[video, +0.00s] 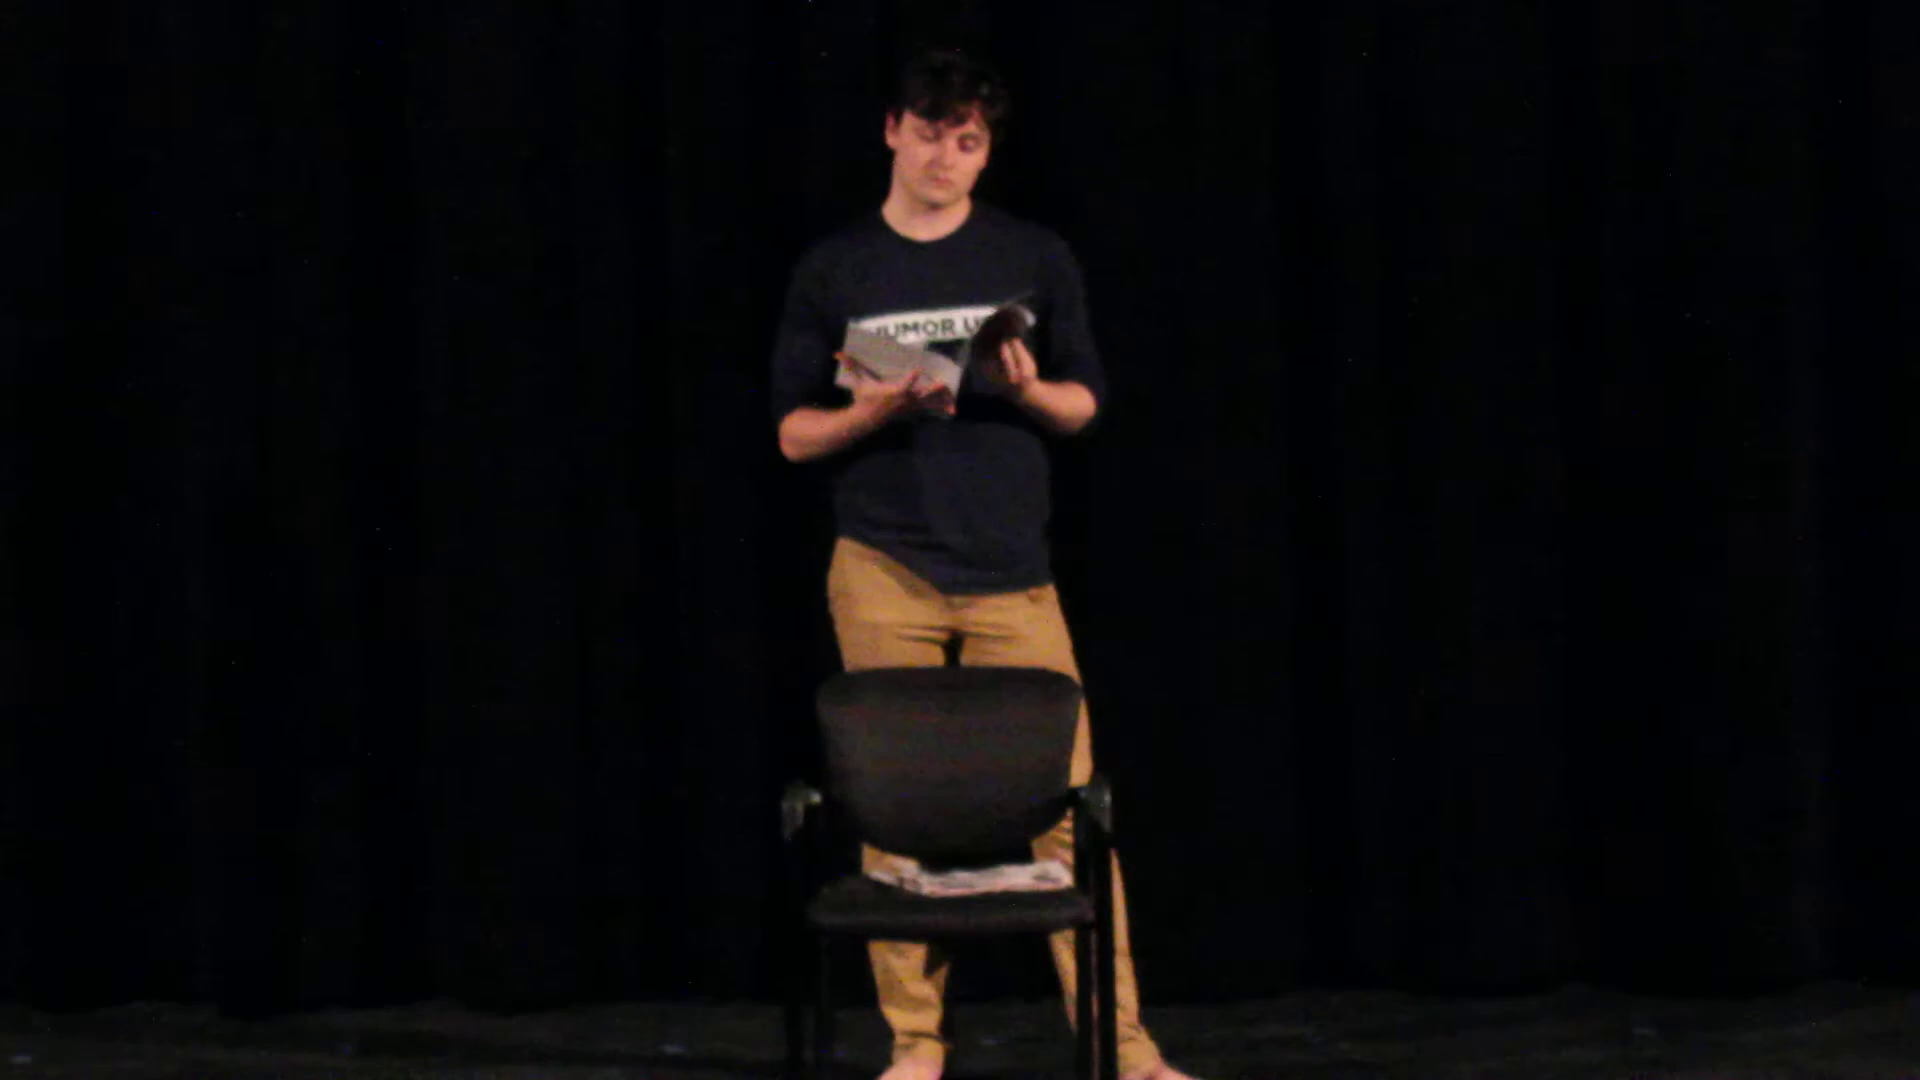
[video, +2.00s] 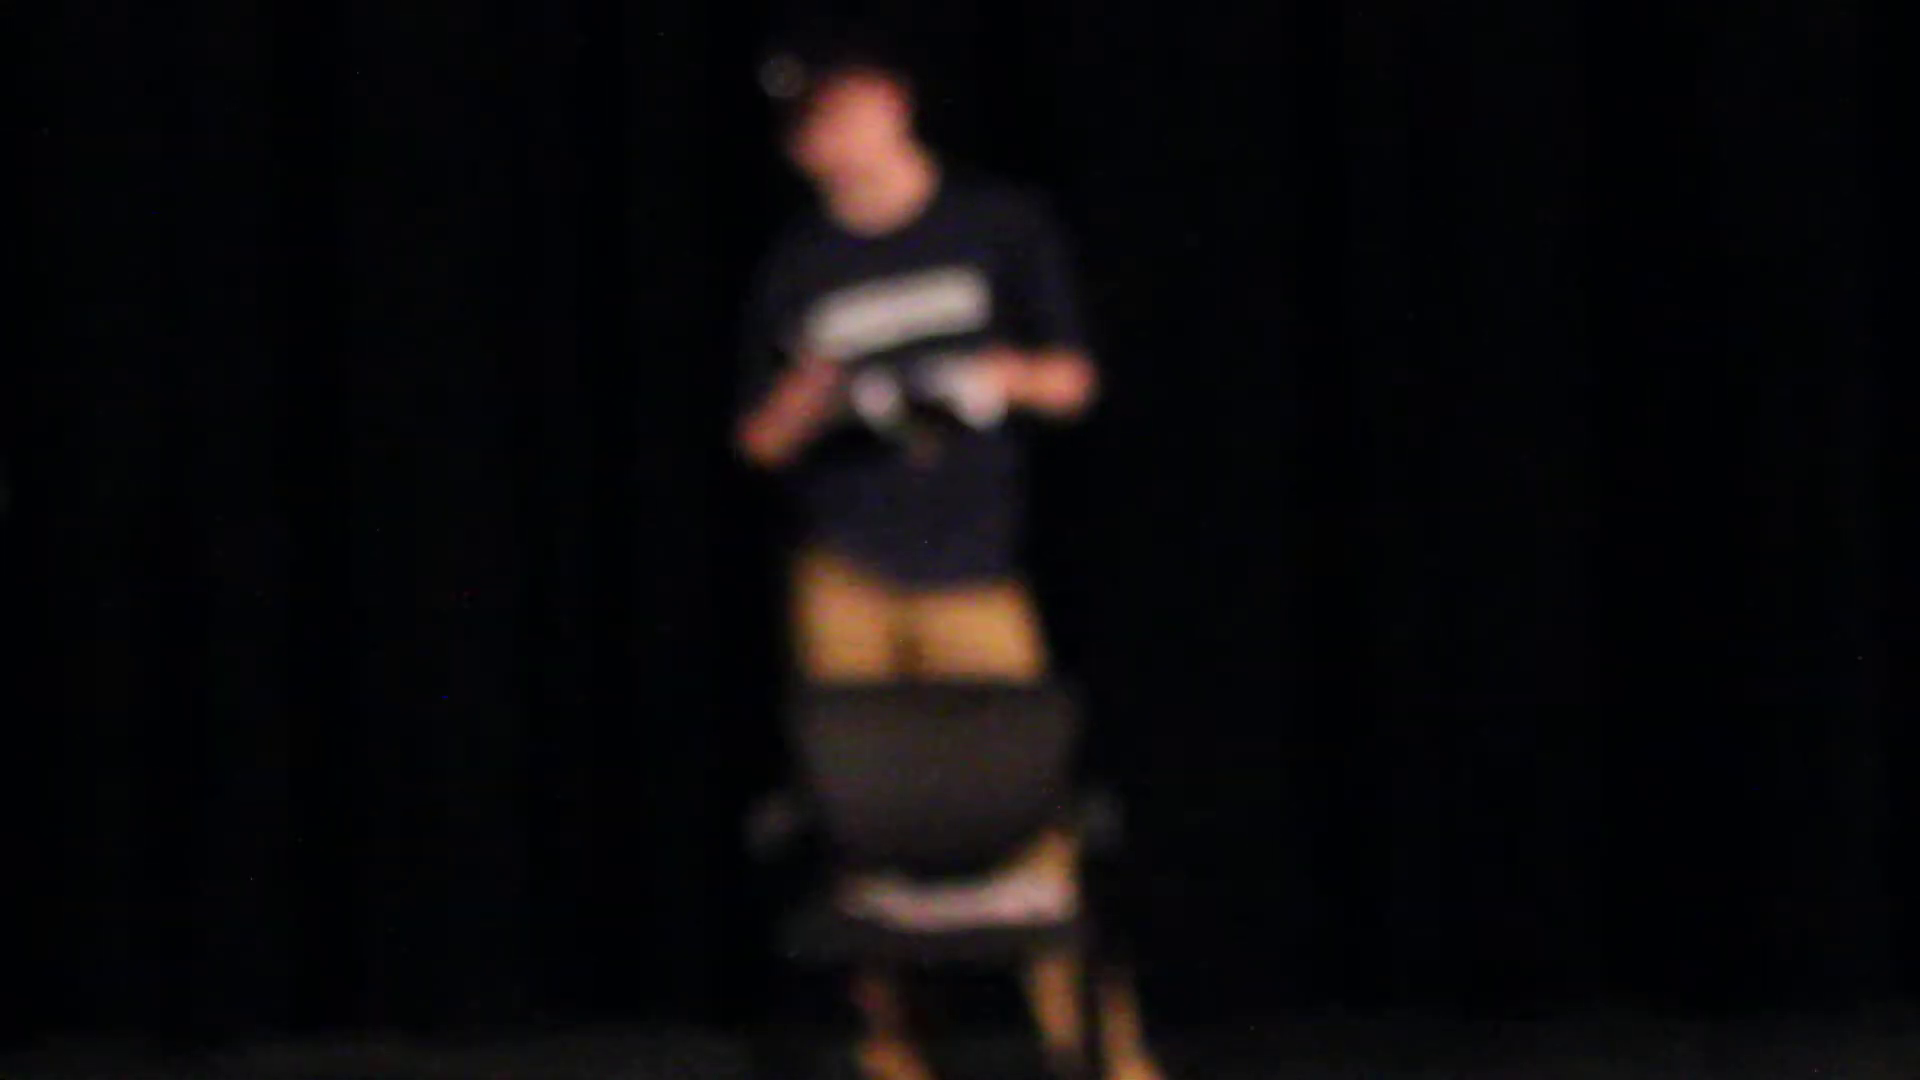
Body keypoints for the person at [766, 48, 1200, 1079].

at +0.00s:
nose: (948, 155)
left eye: (967, 138)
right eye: (932, 133)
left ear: (991, 149)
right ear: (892, 134)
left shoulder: (1036, 260)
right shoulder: (836, 269)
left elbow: (1084, 407)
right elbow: (793, 435)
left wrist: (1029, 389)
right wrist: (869, 412)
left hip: (1013, 574)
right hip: (881, 571)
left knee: (1068, 804)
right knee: (894, 807)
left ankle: (1119, 1036)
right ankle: (914, 1041)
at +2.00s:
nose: (817, 147)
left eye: (834, 117)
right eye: (806, 126)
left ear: (893, 112)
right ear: (796, 141)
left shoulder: (997, 231)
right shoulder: (802, 266)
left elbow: (1075, 382)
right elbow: (757, 442)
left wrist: (993, 377)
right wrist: (815, 387)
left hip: (976, 568)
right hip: (843, 572)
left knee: (1024, 798)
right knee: (857, 806)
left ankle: (1088, 1035)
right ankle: (882, 1036)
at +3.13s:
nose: (959, 190)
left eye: (971, 163)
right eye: (939, 175)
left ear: (1022, 150)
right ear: (923, 193)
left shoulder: (1131, 278)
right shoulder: (922, 313)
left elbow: (1204, 433)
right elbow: (882, 502)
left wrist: (1147, 424)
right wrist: (919, 466)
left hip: (1102, 620)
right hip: (961, 618)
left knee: (1153, 862)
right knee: (985, 870)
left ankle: (1206, 1067)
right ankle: (1010, 1073)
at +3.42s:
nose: (1104, 209)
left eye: (1116, 183)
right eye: (1079, 195)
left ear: (1157, 175)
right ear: (1059, 213)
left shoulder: (1259, 296)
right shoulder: (1046, 339)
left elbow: (1333, 447)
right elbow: (1004, 520)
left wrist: (1252, 460)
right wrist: (1051, 508)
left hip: (1224, 642)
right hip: (1086, 643)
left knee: (1275, 875)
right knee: (1106, 880)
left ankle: (1320, 1071)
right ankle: (1122, 1078)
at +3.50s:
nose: (1148, 214)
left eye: (1162, 188)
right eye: (1124, 199)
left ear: (1201, 188)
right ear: (1100, 222)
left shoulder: (1294, 305)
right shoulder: (1082, 347)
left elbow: (1372, 455)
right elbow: (1038, 524)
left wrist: (1269, 476)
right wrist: (1107, 518)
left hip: (1266, 654)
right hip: (1127, 656)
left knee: (1317, 889)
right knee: (1156, 894)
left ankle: (1357, 1069)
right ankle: (1164, 1078)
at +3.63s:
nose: (1298, 217)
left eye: (1311, 193)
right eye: (1272, 201)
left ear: (1340, 200)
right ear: (1235, 223)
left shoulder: (1425, 318)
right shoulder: (1210, 353)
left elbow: (1496, 471)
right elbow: (1161, 529)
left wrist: (1389, 491)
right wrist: (1254, 522)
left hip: (1397, 662)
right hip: (1258, 664)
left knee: (1443, 894)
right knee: (1286, 902)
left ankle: (1477, 1072)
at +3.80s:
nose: (1415, 217)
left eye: (1429, 195)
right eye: (1389, 199)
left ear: (1448, 205)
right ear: (1340, 217)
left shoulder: (1515, 326)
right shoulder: (1299, 358)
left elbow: (1586, 478)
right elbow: (1251, 533)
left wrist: (1492, 531)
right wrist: (1356, 553)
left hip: (1492, 669)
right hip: (1351, 674)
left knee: (1534, 904)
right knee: (1376, 912)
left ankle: (1563, 1072)